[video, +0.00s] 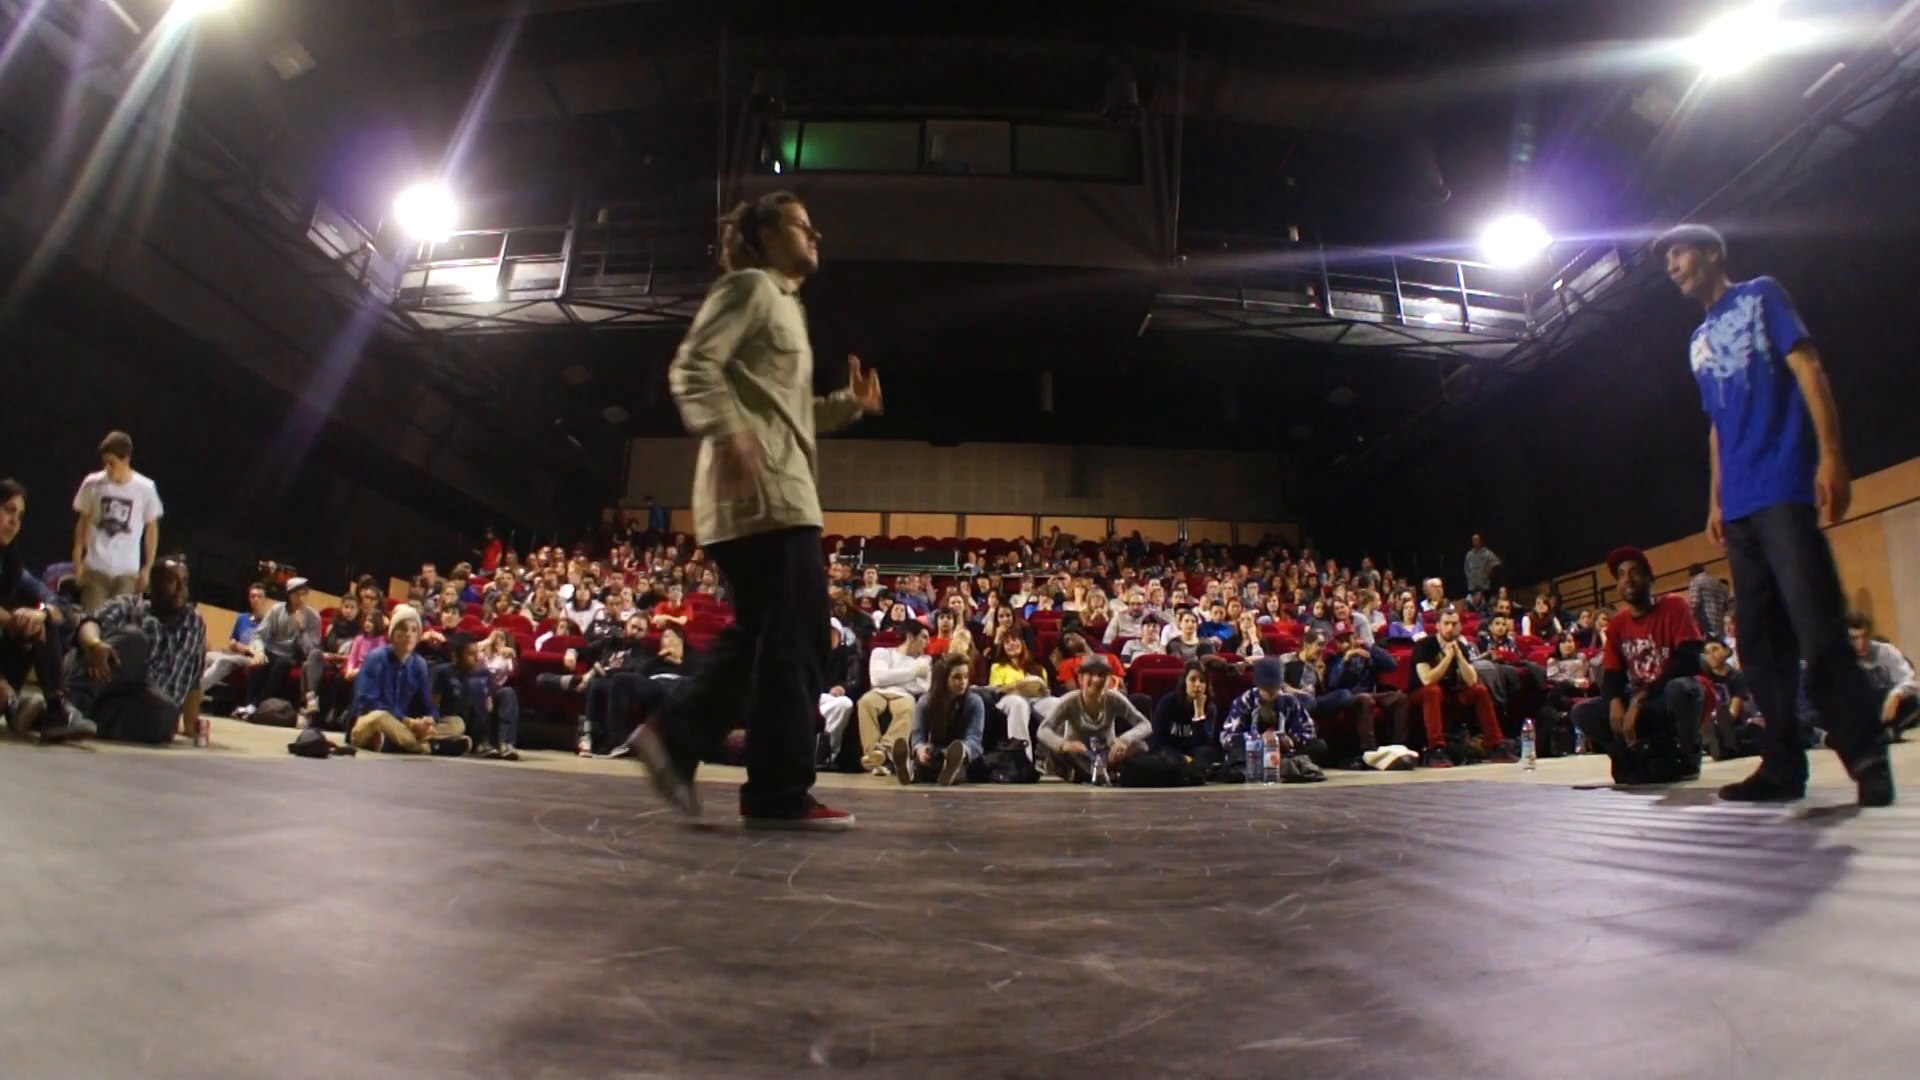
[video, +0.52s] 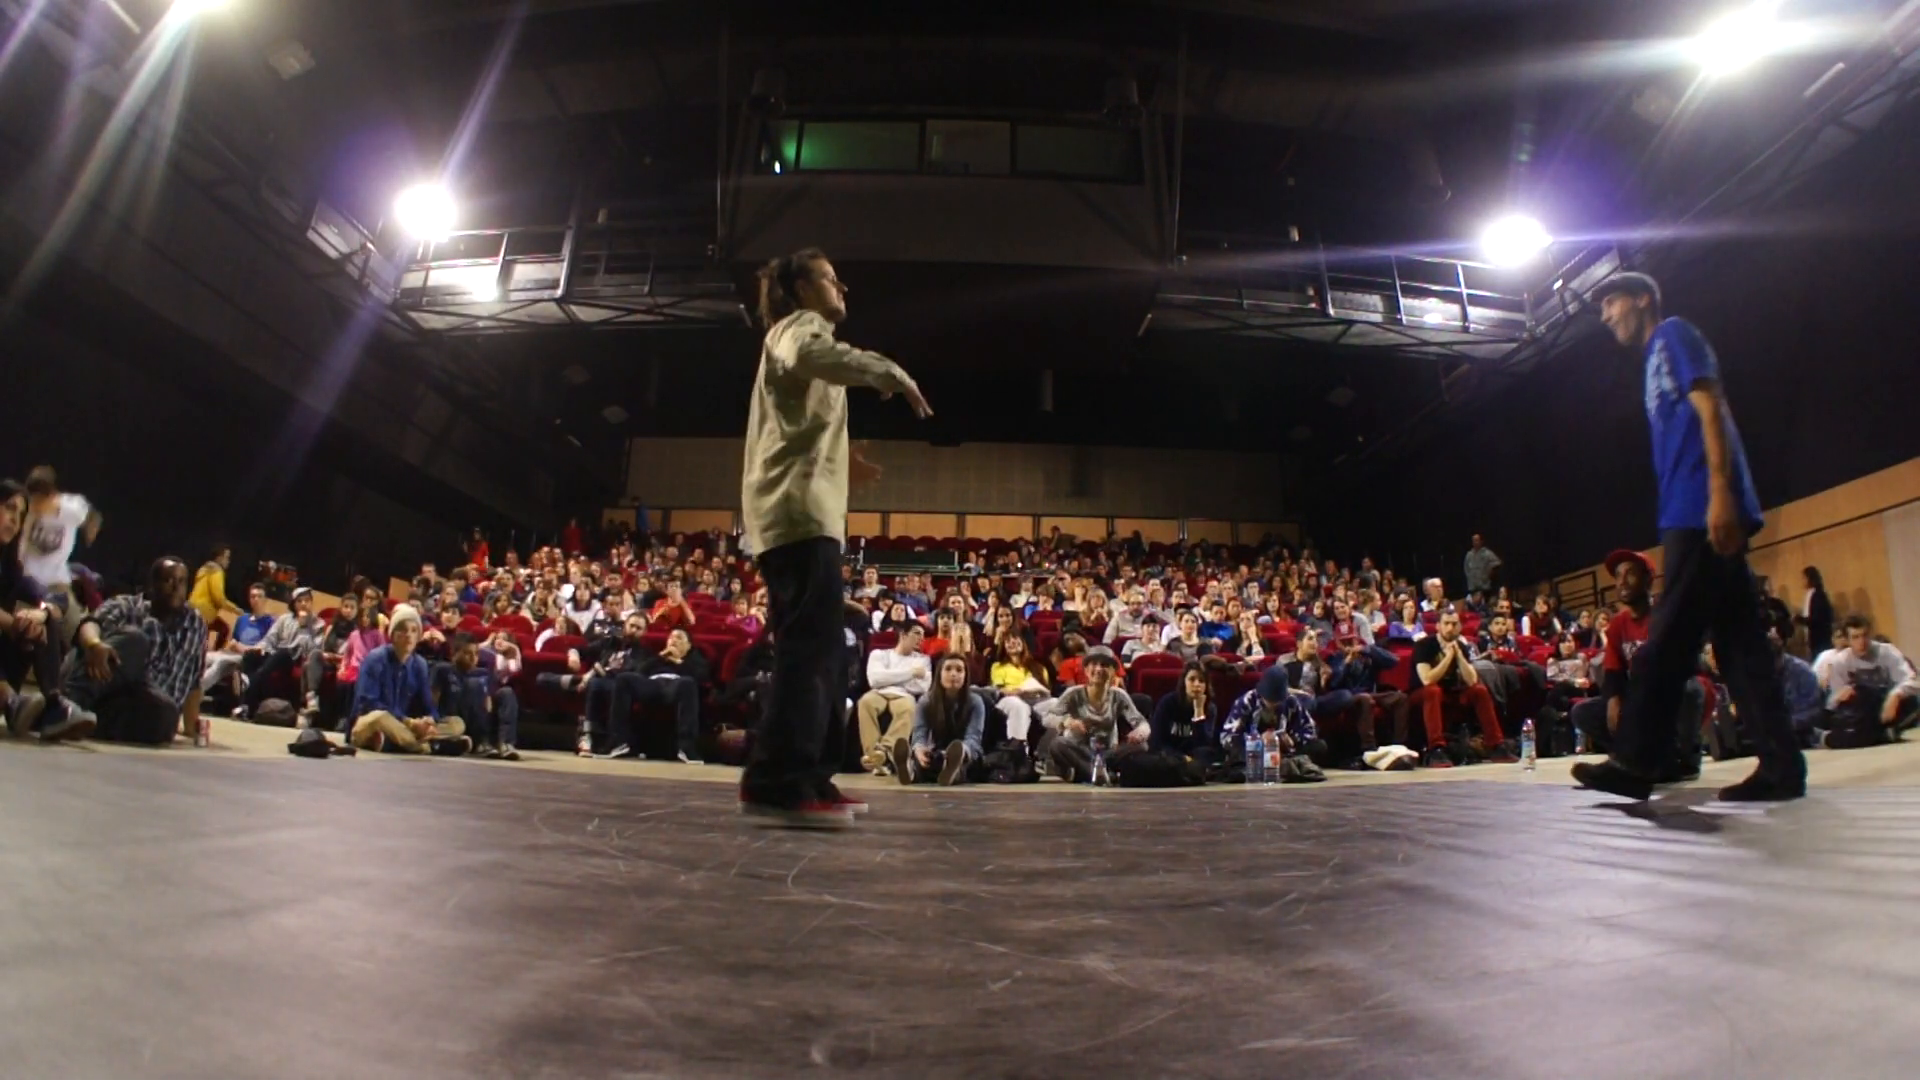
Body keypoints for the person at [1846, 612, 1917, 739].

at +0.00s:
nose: (1860, 643)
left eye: (1864, 637)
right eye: (1854, 638)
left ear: (1869, 636)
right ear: (1847, 639)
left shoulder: (1886, 652)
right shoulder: (1843, 659)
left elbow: (1909, 680)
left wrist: (1895, 695)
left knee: (1912, 702)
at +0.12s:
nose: (1861, 643)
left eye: (1864, 637)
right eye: (1855, 638)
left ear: (1870, 636)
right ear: (1848, 640)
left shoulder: (1887, 652)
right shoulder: (1839, 662)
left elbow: (1910, 679)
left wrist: (1895, 696)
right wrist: (1839, 696)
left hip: (1886, 695)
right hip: (1861, 698)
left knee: (1912, 702)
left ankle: (1894, 730)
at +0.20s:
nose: (1861, 643)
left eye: (1864, 637)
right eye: (1855, 638)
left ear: (1870, 635)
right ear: (1848, 640)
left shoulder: (1887, 652)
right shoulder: (1840, 662)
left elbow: (1910, 680)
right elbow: (1830, 703)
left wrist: (1894, 696)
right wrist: (1838, 697)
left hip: (1885, 698)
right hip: (1858, 701)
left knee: (1911, 703)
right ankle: (1885, 734)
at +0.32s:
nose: (1861, 643)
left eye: (1864, 636)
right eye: (1855, 638)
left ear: (1870, 635)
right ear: (1848, 640)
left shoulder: (1887, 652)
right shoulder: (1840, 662)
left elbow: (1910, 680)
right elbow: (1829, 704)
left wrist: (1894, 696)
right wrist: (1838, 697)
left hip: (1885, 700)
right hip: (1858, 702)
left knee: (1912, 703)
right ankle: (1884, 734)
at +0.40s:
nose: (1861, 643)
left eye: (1864, 636)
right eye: (1855, 638)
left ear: (1870, 635)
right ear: (1848, 640)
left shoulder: (1887, 652)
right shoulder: (1839, 662)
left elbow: (1910, 680)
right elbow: (1829, 704)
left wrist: (1894, 696)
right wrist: (1838, 697)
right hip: (1858, 702)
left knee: (1912, 702)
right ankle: (1884, 734)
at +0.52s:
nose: (1861, 642)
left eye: (1864, 636)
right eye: (1855, 637)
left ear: (1870, 635)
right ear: (1848, 639)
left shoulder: (1888, 652)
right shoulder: (1840, 661)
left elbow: (1911, 679)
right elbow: (1830, 704)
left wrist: (1895, 696)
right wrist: (1839, 697)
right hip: (1857, 703)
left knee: (1912, 703)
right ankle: (1883, 735)